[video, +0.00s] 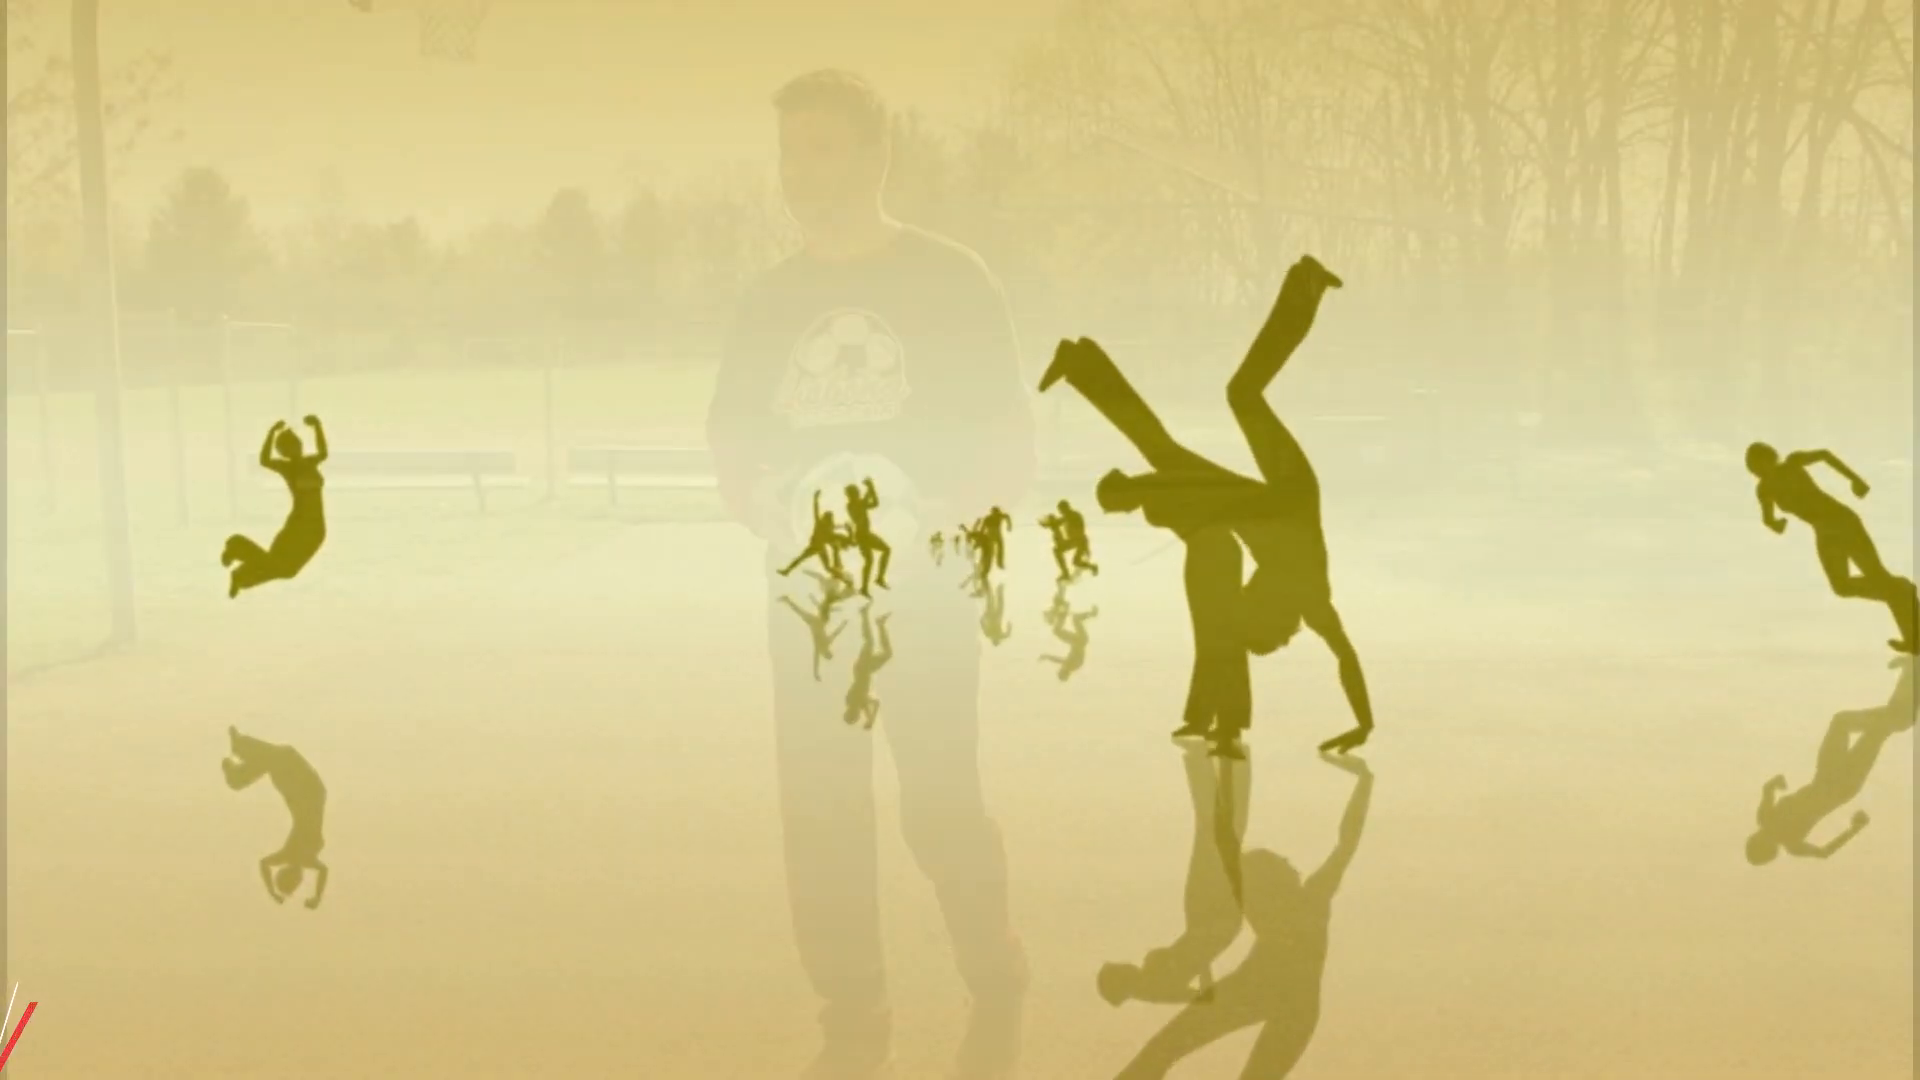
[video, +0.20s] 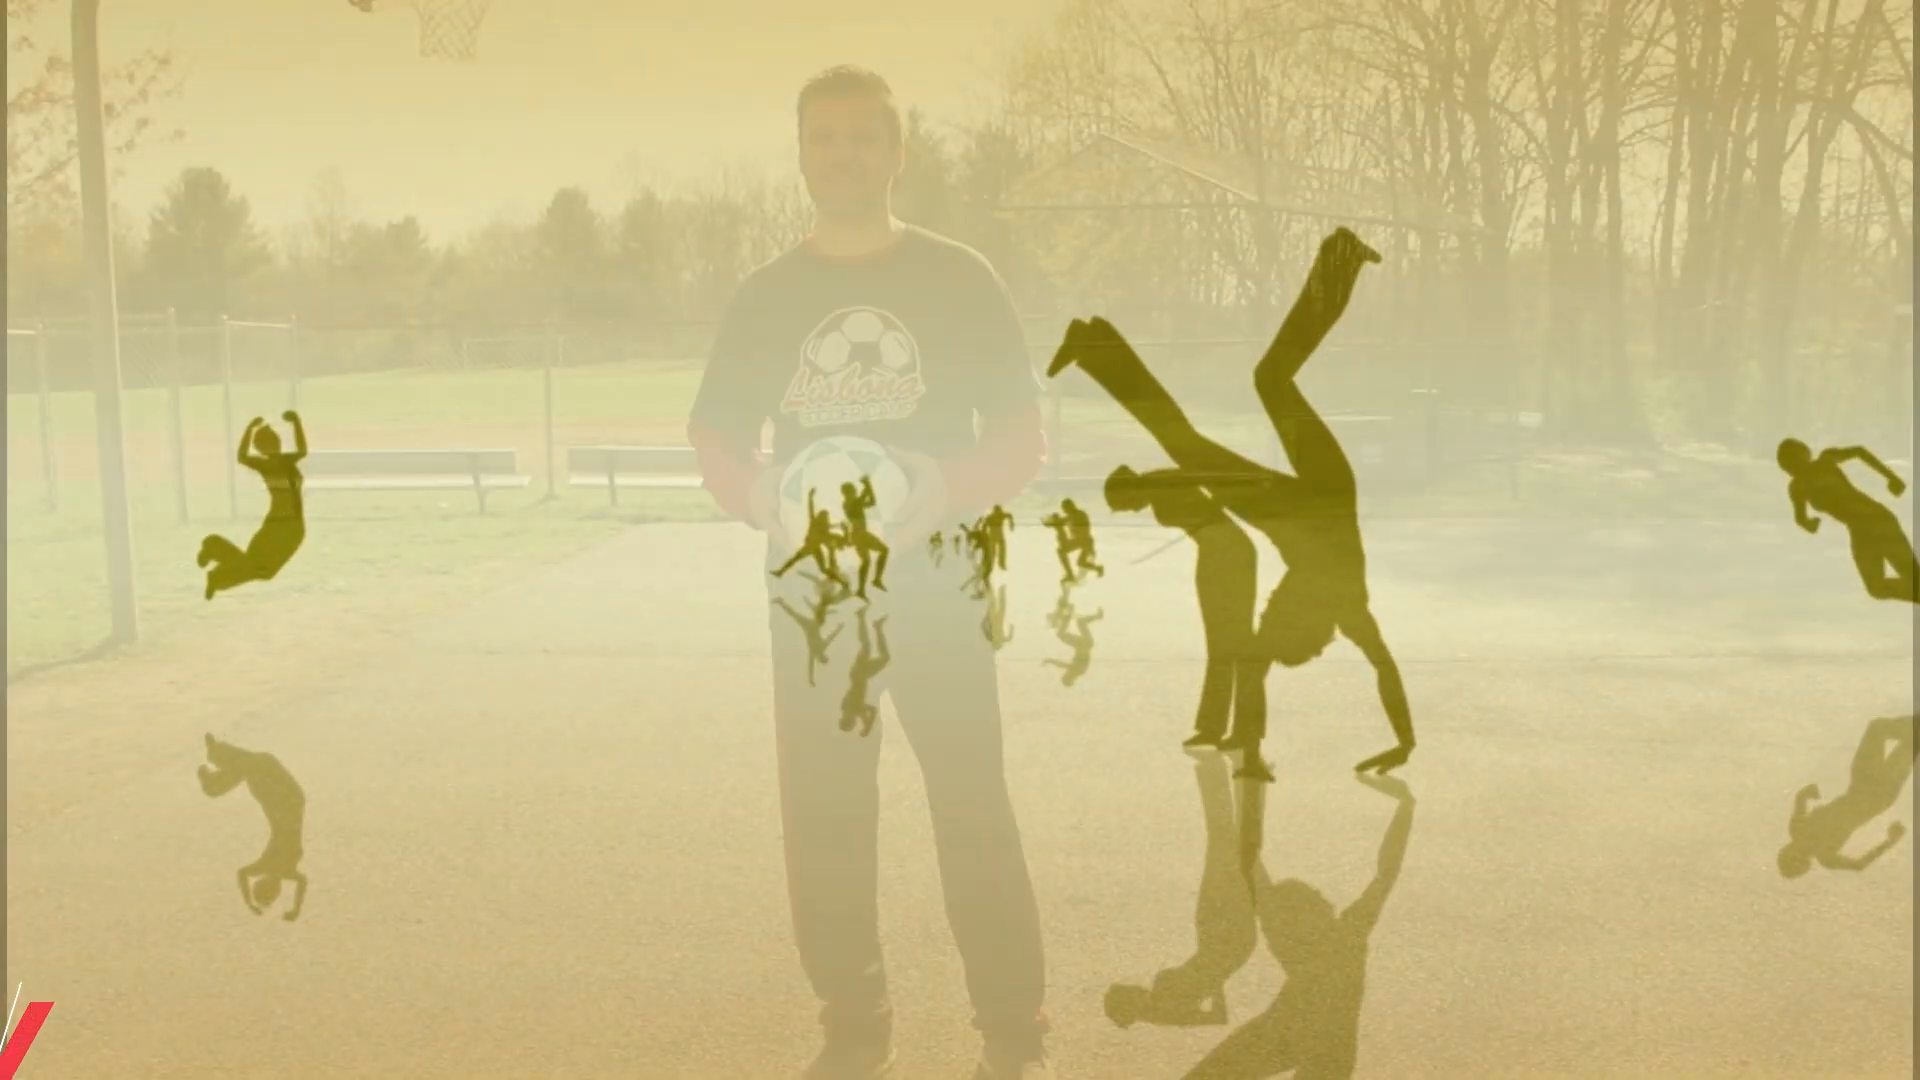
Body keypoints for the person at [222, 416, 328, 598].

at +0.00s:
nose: (295, 446)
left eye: (295, 442)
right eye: (289, 444)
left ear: (300, 442)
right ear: (284, 449)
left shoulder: (309, 463)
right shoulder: (287, 467)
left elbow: (323, 454)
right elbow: (265, 461)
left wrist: (318, 427)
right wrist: (271, 433)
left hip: (316, 524)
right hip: (298, 521)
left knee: (289, 570)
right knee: (276, 564)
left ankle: (242, 578)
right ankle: (238, 546)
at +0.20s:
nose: (274, 443)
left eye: (274, 438)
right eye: (269, 440)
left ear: (277, 439)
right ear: (262, 445)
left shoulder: (286, 461)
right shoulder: (265, 464)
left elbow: (302, 451)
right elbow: (242, 457)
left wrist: (297, 422)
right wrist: (250, 429)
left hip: (295, 524)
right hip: (276, 522)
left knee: (267, 572)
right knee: (253, 564)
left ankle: (219, 580)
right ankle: (215, 547)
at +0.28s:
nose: (260, 440)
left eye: (260, 435)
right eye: (255, 437)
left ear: (264, 437)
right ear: (249, 443)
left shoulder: (275, 460)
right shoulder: (251, 462)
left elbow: (289, 449)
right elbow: (228, 456)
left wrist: (283, 420)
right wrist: (235, 427)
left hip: (282, 525)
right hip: (262, 523)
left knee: (254, 572)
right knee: (239, 564)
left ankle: (205, 579)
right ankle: (199, 547)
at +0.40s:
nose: (251, 438)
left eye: (250, 433)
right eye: (245, 435)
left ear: (255, 435)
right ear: (239, 441)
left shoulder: (265, 458)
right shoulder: (241, 460)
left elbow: (279, 448)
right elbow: (218, 455)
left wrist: (274, 419)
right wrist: (225, 425)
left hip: (273, 525)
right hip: (253, 523)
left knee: (244, 572)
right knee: (230, 565)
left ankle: (194, 580)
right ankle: (189, 547)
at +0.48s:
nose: (234, 435)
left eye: (234, 431)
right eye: (229, 433)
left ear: (238, 433)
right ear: (223, 439)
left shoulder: (249, 456)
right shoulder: (228, 460)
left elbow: (265, 446)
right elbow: (202, 453)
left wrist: (260, 417)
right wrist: (210, 423)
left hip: (258, 526)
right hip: (238, 524)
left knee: (229, 572)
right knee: (215, 565)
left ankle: (179, 581)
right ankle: (174, 547)